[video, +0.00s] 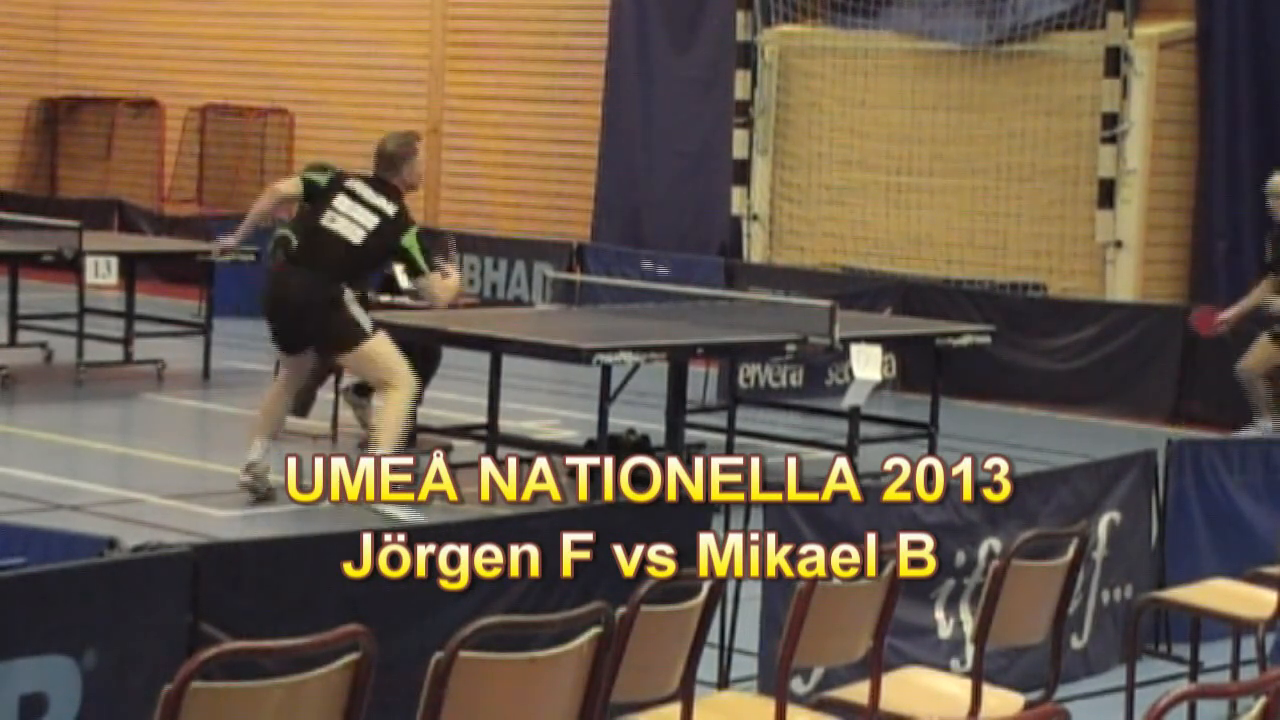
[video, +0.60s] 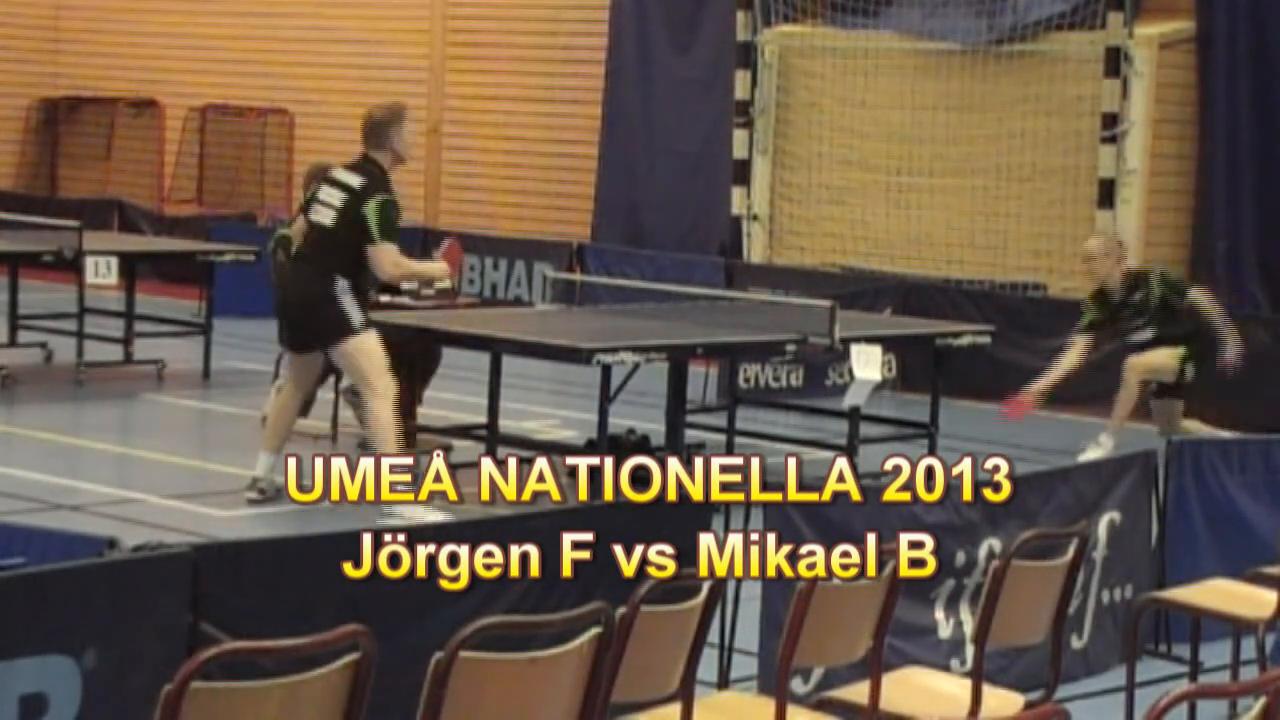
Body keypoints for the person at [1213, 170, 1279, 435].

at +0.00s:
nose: (1271, 204)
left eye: (1274, 198)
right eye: (1270, 198)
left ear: (1279, 201)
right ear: (1268, 201)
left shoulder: (1274, 238)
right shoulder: (1273, 237)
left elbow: (1269, 284)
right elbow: (1269, 284)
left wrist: (1232, 314)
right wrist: (1231, 314)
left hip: (1276, 330)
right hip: (1275, 329)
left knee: (1249, 369)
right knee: (1248, 368)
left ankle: (1267, 421)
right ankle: (1267, 421)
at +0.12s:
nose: (1239, 212)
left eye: (1247, 204)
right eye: (1237, 205)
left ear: (1268, 206)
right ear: (1234, 208)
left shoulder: (1274, 242)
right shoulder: (1249, 246)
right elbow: (1243, 297)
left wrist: (1267, 300)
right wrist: (1204, 335)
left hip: (1275, 329)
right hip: (1270, 329)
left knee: (1231, 375)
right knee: (1227, 375)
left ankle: (1252, 427)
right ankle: (1252, 427)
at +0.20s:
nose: (1212, 220)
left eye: (1220, 212)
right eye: (1210, 213)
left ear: (1241, 214)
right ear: (1207, 217)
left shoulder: (1262, 246)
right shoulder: (1226, 255)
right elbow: (1214, 309)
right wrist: (1177, 350)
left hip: (1273, 335)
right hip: (1253, 335)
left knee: (1269, 403)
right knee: (1218, 379)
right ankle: (1250, 426)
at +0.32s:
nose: (1178, 232)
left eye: (1185, 223)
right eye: (1174, 225)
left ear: (1202, 224)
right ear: (1170, 229)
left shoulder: (1230, 251)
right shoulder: (1188, 269)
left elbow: (1273, 256)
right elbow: (1175, 323)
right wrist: (1136, 368)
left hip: (1255, 329)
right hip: (1220, 334)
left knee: (1214, 361)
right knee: (1203, 393)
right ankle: (1250, 436)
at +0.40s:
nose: (1157, 235)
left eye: (1163, 226)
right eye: (1153, 228)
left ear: (1180, 228)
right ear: (1148, 233)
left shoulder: (1209, 253)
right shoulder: (1161, 274)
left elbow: (1259, 256)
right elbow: (1150, 329)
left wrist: (1277, 267)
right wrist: (1115, 372)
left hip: (1240, 332)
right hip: (1204, 336)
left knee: (1190, 352)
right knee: (1200, 402)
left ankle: (1161, 424)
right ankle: (1252, 432)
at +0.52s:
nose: (1110, 253)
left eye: (1117, 244)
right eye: (1107, 247)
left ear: (1140, 244)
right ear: (1107, 251)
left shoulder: (1174, 269)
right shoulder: (1121, 289)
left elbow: (1223, 279)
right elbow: (1107, 343)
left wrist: (1258, 314)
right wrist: (1070, 388)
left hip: (1206, 343)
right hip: (1170, 348)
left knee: (1150, 369)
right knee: (1181, 415)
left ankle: (1111, 440)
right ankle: (1245, 436)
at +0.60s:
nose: (1087, 267)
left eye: (1094, 260)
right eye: (1085, 261)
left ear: (1116, 260)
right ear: (1086, 265)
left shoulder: (1150, 282)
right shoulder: (1099, 304)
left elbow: (1202, 300)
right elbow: (1074, 354)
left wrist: (1228, 342)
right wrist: (1033, 393)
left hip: (1190, 349)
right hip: (1156, 354)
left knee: (1135, 365)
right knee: (1170, 425)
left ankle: (1107, 440)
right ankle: (1239, 442)